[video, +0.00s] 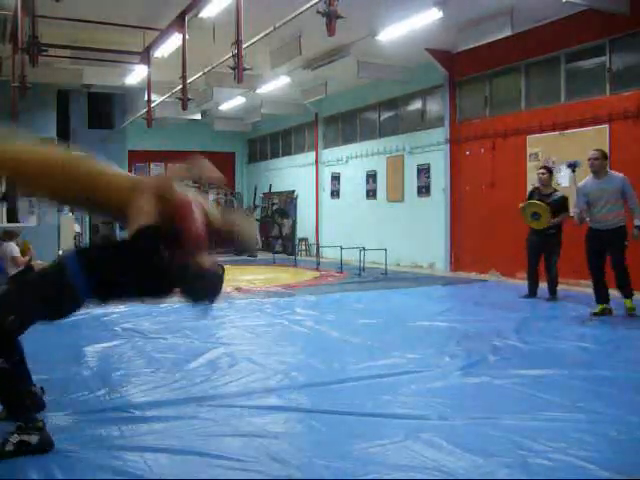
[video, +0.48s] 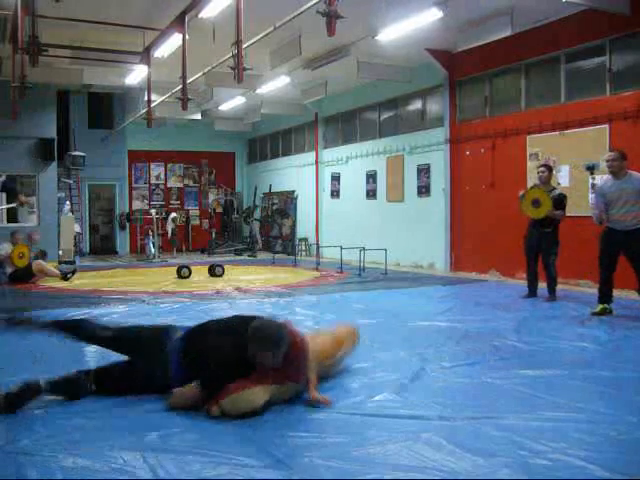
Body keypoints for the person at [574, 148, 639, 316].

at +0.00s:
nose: (591, 163)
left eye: (596, 159)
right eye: (589, 160)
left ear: (605, 162)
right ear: (587, 163)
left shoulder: (620, 180)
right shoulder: (584, 187)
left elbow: (633, 203)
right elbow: (580, 208)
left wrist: (636, 223)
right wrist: (579, 216)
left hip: (617, 228)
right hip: (595, 229)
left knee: (619, 265)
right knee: (596, 270)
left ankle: (628, 298)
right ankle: (602, 303)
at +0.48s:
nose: (609, 165)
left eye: (613, 161)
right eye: (607, 161)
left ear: (624, 162)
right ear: (605, 164)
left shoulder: (636, 180)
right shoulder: (603, 185)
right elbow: (599, 211)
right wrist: (599, 216)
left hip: (634, 229)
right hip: (613, 229)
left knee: (638, 269)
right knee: (606, 269)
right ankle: (604, 302)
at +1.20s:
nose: (633, 164)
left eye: (635, 160)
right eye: (631, 161)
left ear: (639, 162)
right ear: (629, 163)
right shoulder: (625, 186)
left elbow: (622, 208)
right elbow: (621, 208)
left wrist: (628, 217)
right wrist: (625, 217)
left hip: (634, 227)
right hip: (632, 226)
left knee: (626, 263)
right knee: (625, 263)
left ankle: (623, 298)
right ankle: (622, 298)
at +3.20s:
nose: (634, 163)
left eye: (636, 160)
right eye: (632, 160)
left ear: (639, 162)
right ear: (630, 163)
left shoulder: (629, 186)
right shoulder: (626, 185)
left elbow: (622, 208)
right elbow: (622, 208)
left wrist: (628, 222)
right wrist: (627, 223)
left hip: (634, 229)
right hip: (632, 228)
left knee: (627, 265)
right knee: (626, 265)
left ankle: (623, 300)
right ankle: (623, 299)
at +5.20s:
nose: (633, 164)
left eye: (635, 161)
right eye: (632, 161)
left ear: (639, 164)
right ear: (629, 164)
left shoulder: (627, 187)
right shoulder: (626, 186)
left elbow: (623, 211)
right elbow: (623, 210)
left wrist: (628, 219)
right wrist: (628, 219)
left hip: (634, 229)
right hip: (634, 229)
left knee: (635, 267)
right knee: (635, 267)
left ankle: (638, 300)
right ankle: (638, 300)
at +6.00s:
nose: (635, 165)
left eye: (637, 161)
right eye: (634, 161)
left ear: (639, 165)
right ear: (632, 164)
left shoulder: (629, 187)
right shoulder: (629, 187)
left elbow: (625, 214)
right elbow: (624, 214)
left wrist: (631, 219)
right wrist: (630, 218)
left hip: (636, 229)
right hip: (635, 228)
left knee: (637, 267)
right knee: (636, 267)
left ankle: (639, 300)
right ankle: (639, 300)